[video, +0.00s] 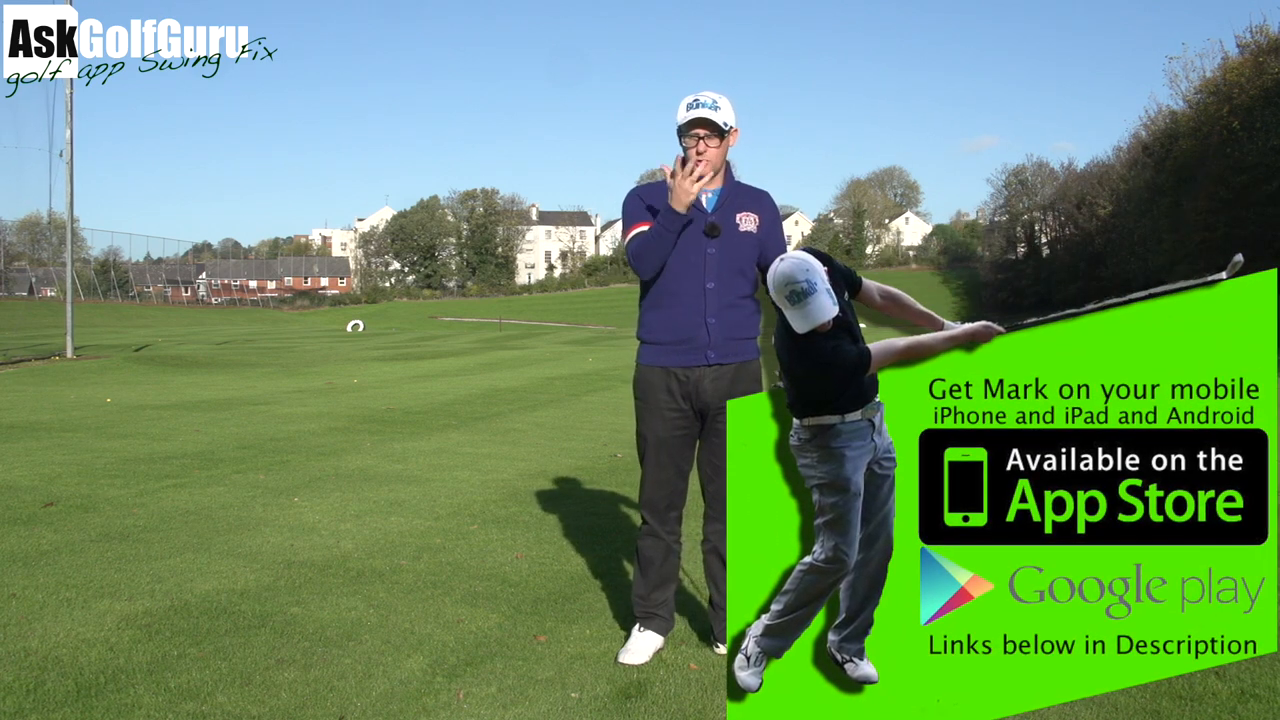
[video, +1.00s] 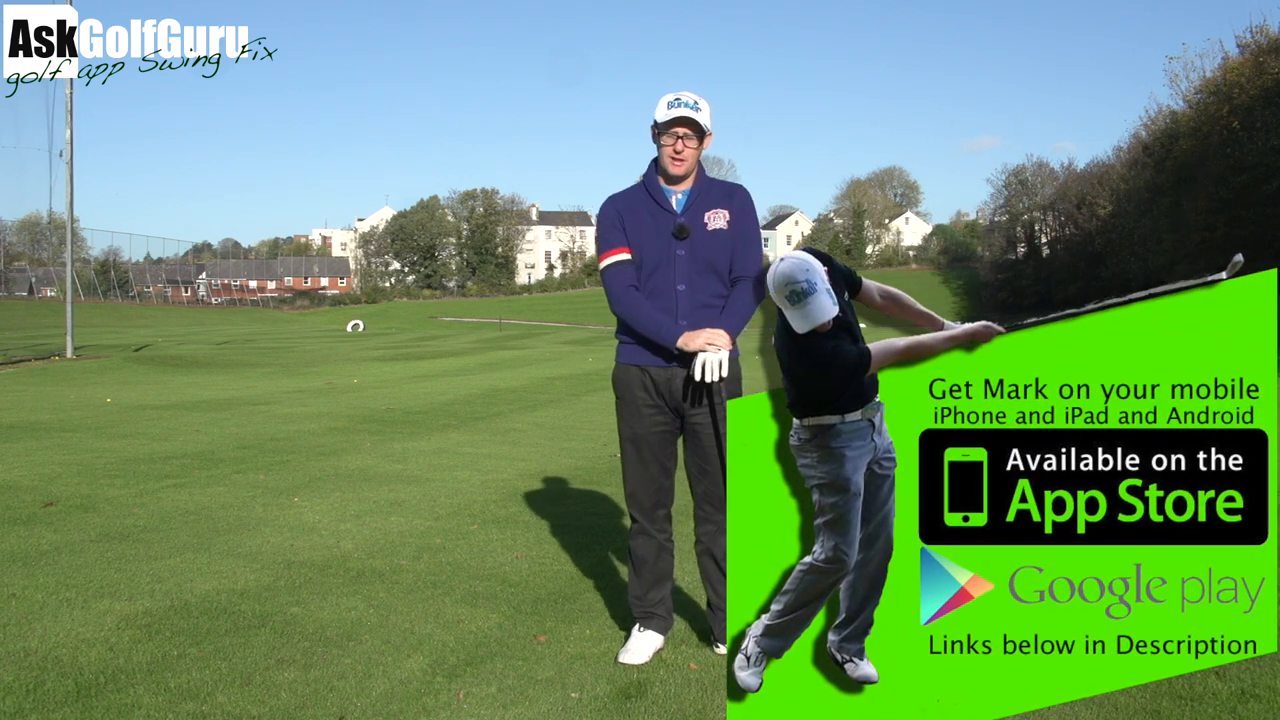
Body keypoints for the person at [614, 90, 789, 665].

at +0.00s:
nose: (699, 145)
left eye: (709, 136)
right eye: (690, 136)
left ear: (731, 140)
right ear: (679, 140)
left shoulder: (757, 203)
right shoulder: (648, 197)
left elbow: (782, 286)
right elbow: (642, 264)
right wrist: (676, 209)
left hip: (735, 373)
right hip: (662, 374)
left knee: (731, 510)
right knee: (659, 507)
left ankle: (733, 626)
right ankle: (652, 620)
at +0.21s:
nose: (701, 144)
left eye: (711, 135)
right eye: (692, 135)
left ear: (730, 141)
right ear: (680, 141)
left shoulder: (755, 203)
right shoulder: (644, 200)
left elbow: (783, 281)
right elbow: (634, 280)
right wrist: (666, 236)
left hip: (737, 373)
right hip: (663, 374)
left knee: (732, 510)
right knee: (660, 507)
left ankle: (733, 625)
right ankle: (651, 621)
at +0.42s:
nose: (702, 142)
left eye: (712, 133)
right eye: (693, 134)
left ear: (730, 140)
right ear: (680, 142)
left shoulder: (754, 204)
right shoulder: (641, 206)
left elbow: (775, 280)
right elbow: (616, 291)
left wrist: (815, 298)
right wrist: (650, 289)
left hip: (736, 375)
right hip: (663, 377)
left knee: (730, 510)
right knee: (660, 506)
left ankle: (731, 624)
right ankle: (651, 620)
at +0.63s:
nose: (698, 143)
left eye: (708, 134)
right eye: (689, 133)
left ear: (724, 142)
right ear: (674, 140)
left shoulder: (751, 203)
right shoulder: (636, 206)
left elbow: (775, 284)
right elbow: (610, 289)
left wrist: (788, 343)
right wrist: (644, 296)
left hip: (733, 375)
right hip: (658, 376)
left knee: (727, 509)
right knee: (656, 506)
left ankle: (730, 624)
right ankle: (651, 620)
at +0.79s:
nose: (691, 144)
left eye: (702, 135)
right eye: (682, 134)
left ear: (717, 142)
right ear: (668, 138)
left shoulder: (743, 200)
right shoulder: (628, 207)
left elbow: (768, 280)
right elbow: (617, 292)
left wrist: (746, 327)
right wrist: (675, 300)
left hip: (723, 374)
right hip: (650, 375)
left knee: (723, 507)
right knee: (651, 508)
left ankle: (729, 622)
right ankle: (651, 620)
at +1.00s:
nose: (677, 143)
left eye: (688, 135)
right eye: (669, 134)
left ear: (704, 142)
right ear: (656, 139)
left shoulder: (732, 199)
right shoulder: (618, 209)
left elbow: (750, 280)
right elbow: (622, 296)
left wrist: (721, 336)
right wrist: (679, 335)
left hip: (714, 371)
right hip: (643, 373)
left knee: (719, 504)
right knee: (648, 507)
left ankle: (727, 620)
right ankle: (650, 620)